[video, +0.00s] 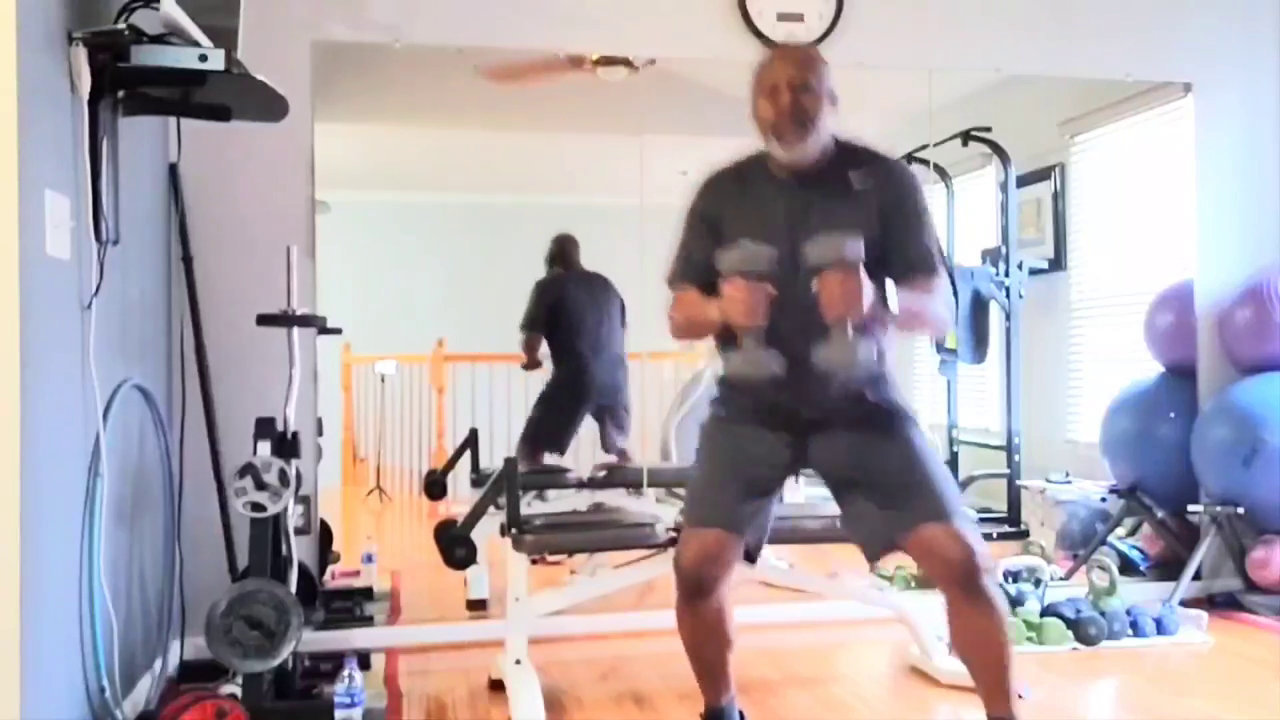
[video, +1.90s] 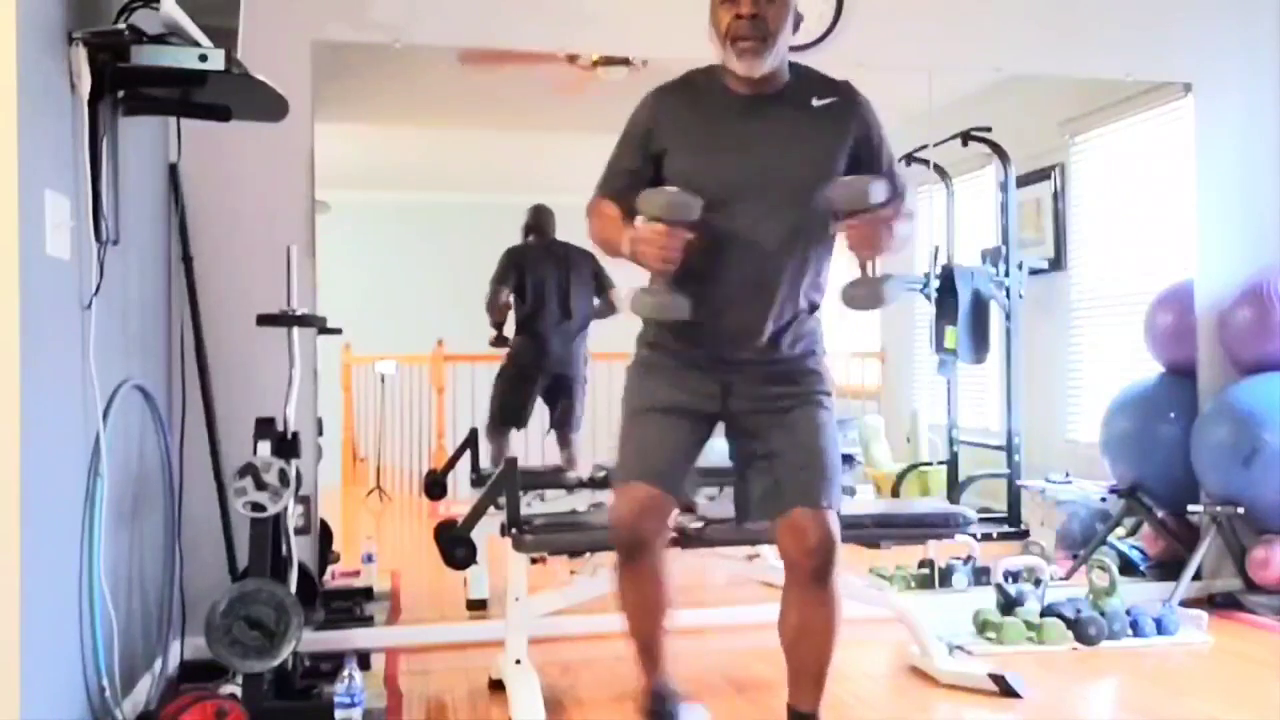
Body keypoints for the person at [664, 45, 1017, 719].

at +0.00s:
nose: (786, 104)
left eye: (802, 90)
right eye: (771, 92)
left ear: (830, 99)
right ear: (754, 103)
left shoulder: (884, 183)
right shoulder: (723, 193)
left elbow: (934, 310)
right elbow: (681, 313)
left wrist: (877, 301)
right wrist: (721, 308)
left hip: (859, 411)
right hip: (750, 411)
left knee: (960, 561)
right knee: (698, 569)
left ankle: (1003, 714)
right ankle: (719, 709)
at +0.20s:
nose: (850, 140)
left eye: (865, 126)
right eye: (835, 127)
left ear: (896, 137)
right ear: (815, 140)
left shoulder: (947, 217)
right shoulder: (782, 222)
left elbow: (1010, 335)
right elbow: (734, 337)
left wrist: (954, 328)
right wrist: (759, 336)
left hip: (918, 436)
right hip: (802, 433)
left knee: (1006, 581)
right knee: (723, 567)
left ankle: (1014, 717)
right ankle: (725, 711)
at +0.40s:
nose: (890, 43)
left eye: (907, 27)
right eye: (874, 29)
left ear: (939, 36)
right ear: (855, 44)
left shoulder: (1001, 119)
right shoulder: (825, 138)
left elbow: (1059, 220)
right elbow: (783, 243)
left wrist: (1057, 252)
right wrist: (771, 274)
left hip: (971, 363)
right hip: (859, 363)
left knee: (1007, 550)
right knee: (797, 532)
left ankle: (1018, 713)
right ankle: (809, 683)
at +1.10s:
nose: (882, 116)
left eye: (897, 103)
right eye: (867, 104)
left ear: (925, 118)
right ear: (845, 121)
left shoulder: (975, 202)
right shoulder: (805, 209)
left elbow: (1032, 335)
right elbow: (765, 341)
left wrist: (980, 321)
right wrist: (819, 334)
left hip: (952, 428)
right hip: (837, 426)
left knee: (1059, 575)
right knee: (749, 566)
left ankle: (1029, 715)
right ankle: (726, 714)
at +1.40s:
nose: (796, 61)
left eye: (812, 46)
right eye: (781, 48)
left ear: (842, 56)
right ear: (760, 62)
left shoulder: (894, 142)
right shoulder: (726, 155)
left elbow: (955, 250)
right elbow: (674, 265)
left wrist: (934, 267)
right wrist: (702, 282)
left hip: (867, 376)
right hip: (758, 380)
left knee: (946, 538)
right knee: (717, 555)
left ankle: (975, 703)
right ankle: (718, 713)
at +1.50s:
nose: (777, 22)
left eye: (795, 6)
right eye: (760, 7)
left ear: (828, 14)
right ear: (740, 18)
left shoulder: (878, 111)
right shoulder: (704, 119)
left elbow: (920, 209)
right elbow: (657, 223)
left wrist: (931, 231)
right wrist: (659, 250)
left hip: (846, 356)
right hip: (735, 360)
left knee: (906, 529)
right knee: (713, 546)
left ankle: (878, 696)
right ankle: (718, 714)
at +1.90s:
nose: (745, 18)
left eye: (762, 3)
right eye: (730, 4)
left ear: (791, 14)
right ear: (712, 15)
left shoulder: (842, 110)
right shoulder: (667, 107)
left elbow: (891, 212)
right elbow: (603, 212)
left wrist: (875, 232)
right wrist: (632, 240)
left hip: (787, 364)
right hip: (676, 358)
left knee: (812, 544)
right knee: (632, 522)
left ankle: (803, 715)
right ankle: (656, 692)